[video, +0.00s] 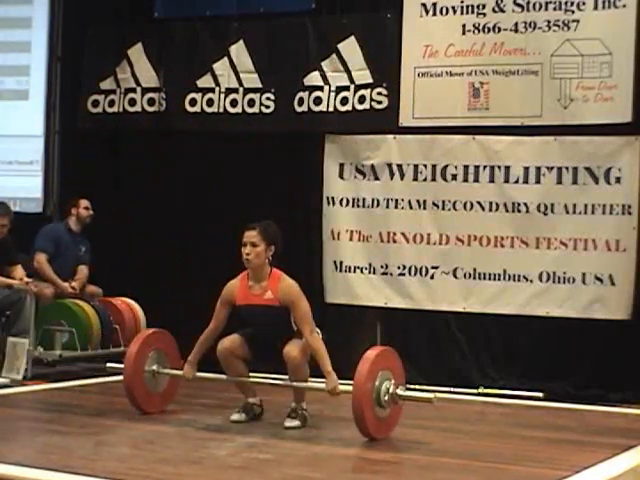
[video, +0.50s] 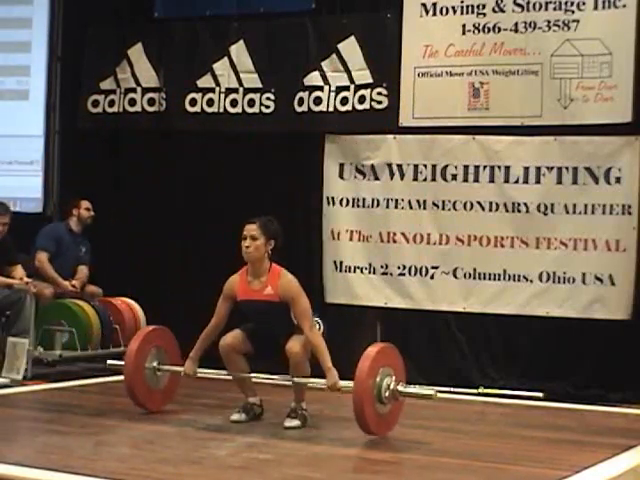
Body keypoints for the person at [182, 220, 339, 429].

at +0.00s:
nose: (246, 251)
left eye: (254, 246)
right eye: (244, 245)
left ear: (269, 251)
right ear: (240, 248)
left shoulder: (287, 287)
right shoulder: (233, 288)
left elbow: (310, 333)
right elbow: (214, 328)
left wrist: (329, 374)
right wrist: (191, 361)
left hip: (289, 339)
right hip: (256, 340)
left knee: (293, 354)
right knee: (225, 348)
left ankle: (299, 407)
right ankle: (252, 403)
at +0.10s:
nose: (247, 251)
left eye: (254, 245)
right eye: (244, 245)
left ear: (269, 251)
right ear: (240, 248)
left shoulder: (287, 287)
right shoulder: (233, 288)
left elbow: (310, 333)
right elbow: (214, 328)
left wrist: (329, 374)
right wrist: (191, 361)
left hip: (289, 339)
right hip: (256, 339)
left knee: (294, 353)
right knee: (225, 348)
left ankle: (299, 407)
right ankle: (252, 403)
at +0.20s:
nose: (246, 250)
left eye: (253, 244)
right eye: (244, 244)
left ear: (269, 250)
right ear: (240, 247)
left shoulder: (287, 286)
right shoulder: (233, 288)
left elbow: (310, 333)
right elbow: (215, 328)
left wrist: (330, 374)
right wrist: (192, 361)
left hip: (289, 339)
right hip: (256, 340)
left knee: (294, 353)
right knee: (225, 347)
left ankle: (299, 406)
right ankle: (252, 403)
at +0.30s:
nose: (246, 248)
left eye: (253, 243)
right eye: (244, 243)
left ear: (269, 248)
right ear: (240, 246)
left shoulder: (287, 286)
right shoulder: (234, 287)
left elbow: (310, 332)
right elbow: (215, 327)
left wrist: (329, 373)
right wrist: (193, 360)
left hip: (290, 337)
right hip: (256, 338)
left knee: (294, 352)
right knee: (225, 347)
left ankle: (299, 406)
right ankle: (252, 403)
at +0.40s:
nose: (246, 247)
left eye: (253, 242)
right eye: (244, 242)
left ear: (269, 247)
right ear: (240, 245)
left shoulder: (286, 285)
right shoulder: (234, 286)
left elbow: (310, 331)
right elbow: (216, 327)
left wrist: (329, 372)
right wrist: (193, 359)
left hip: (290, 336)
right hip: (256, 336)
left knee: (294, 352)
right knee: (225, 346)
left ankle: (299, 406)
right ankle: (252, 402)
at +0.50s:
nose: (246, 244)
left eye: (254, 239)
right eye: (244, 239)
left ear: (269, 245)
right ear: (241, 242)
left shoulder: (286, 282)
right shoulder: (234, 284)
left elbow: (310, 328)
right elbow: (216, 324)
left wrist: (329, 369)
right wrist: (193, 357)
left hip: (290, 333)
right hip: (257, 333)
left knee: (295, 349)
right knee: (227, 345)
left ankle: (299, 406)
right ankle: (252, 403)